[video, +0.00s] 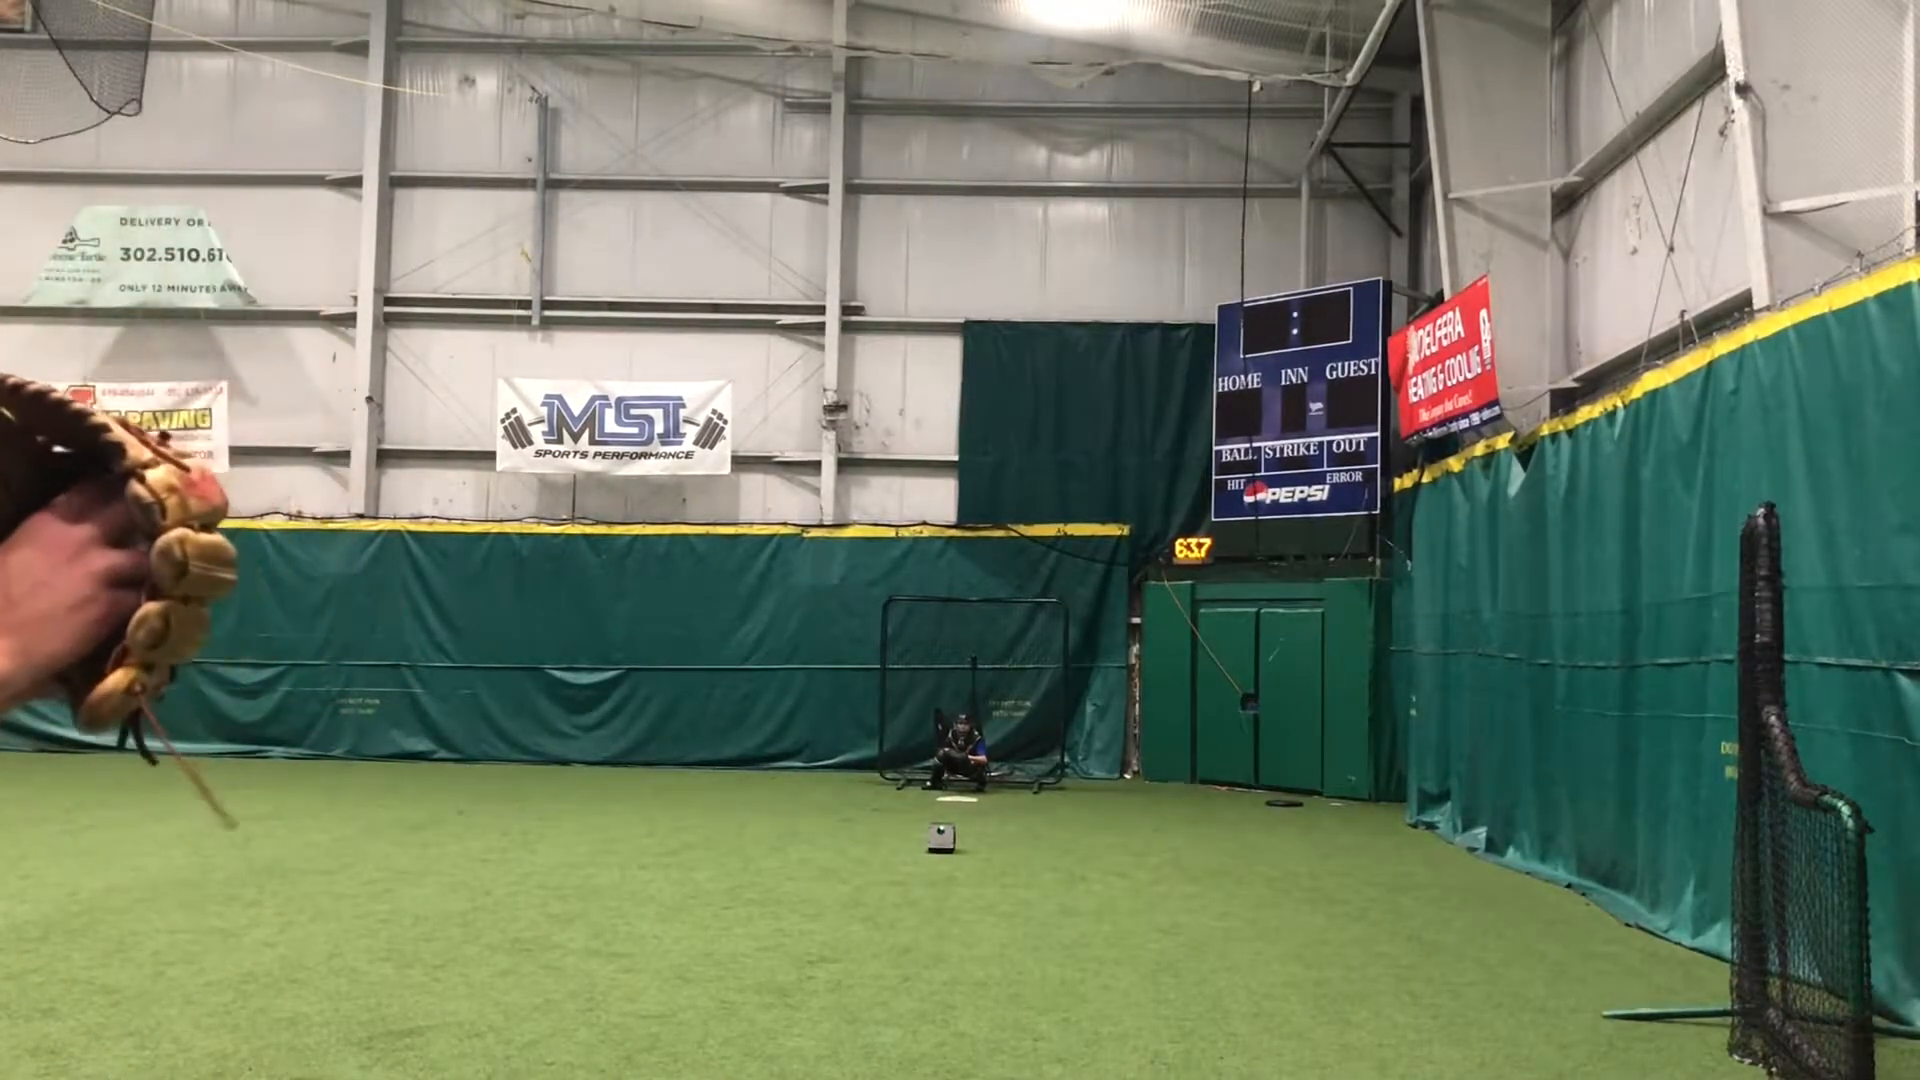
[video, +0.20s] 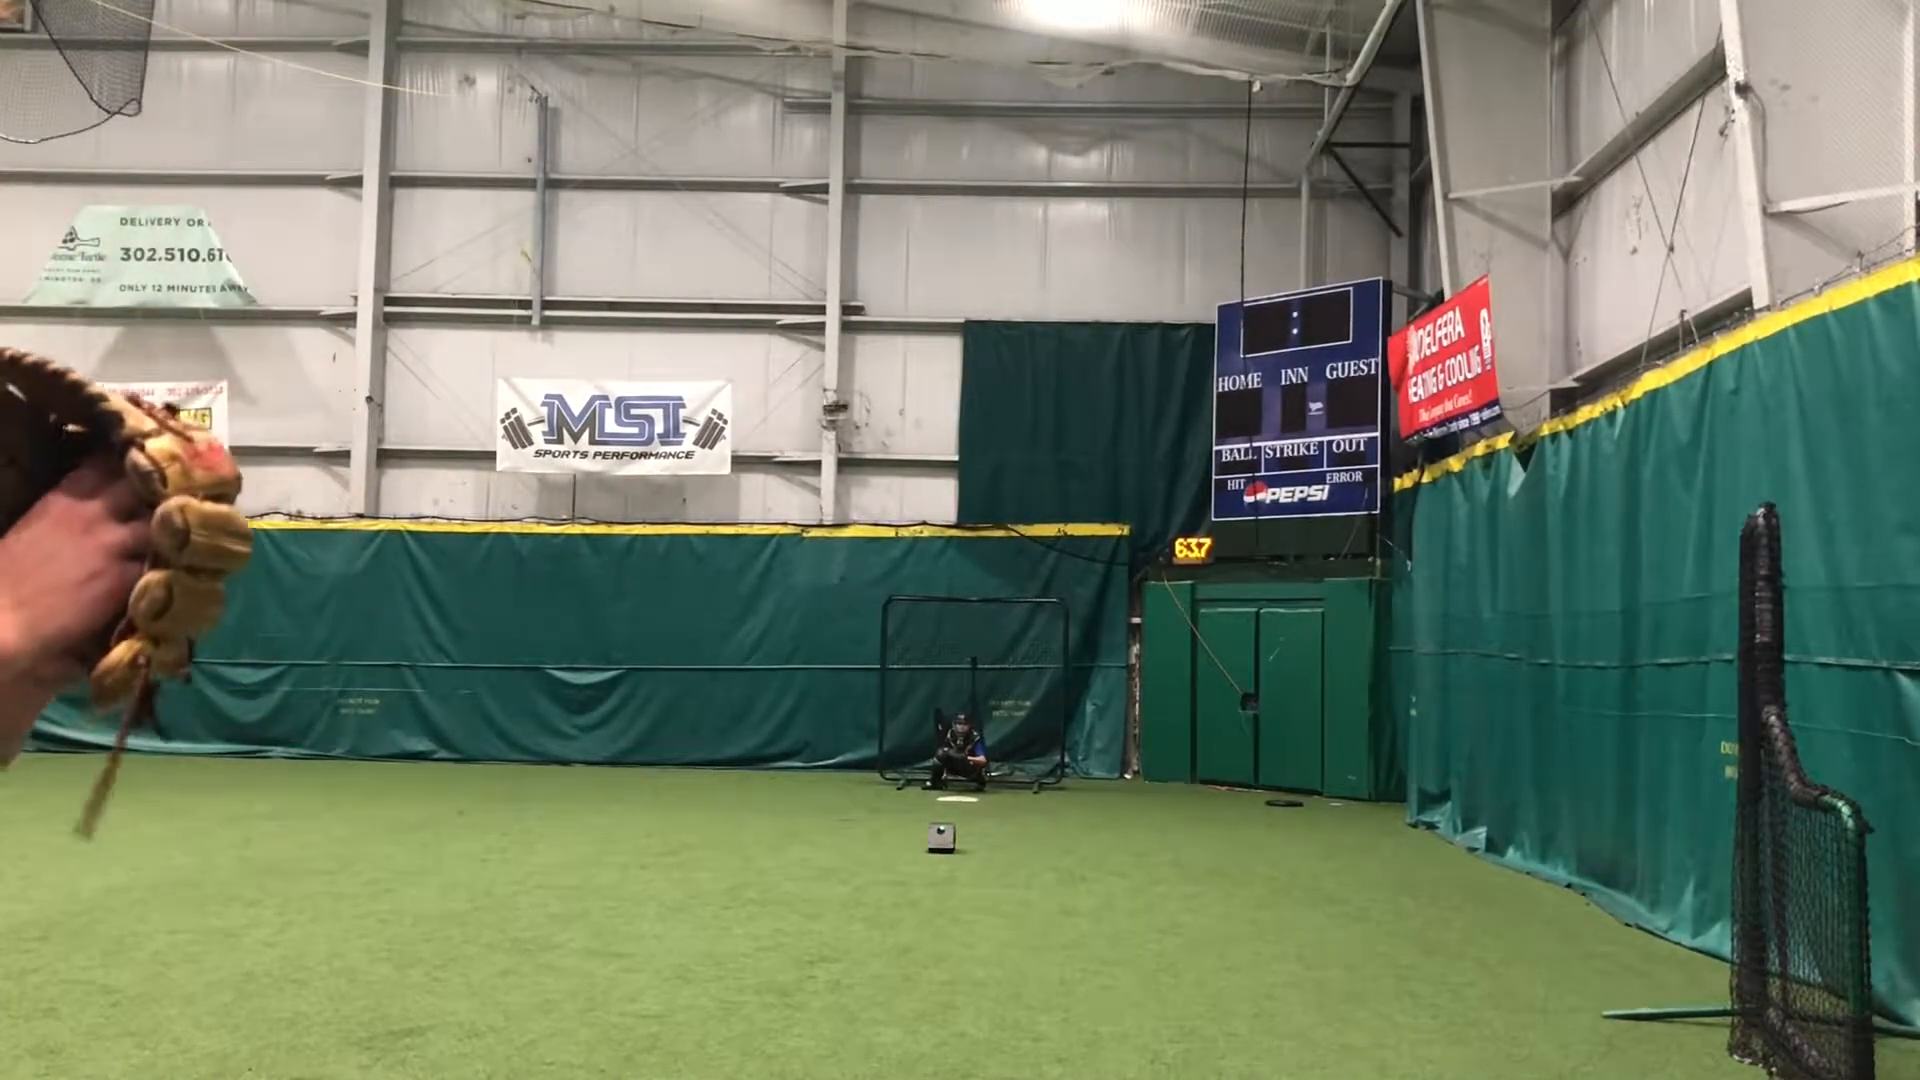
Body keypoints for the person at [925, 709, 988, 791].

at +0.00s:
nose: (962, 727)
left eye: (965, 724)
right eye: (960, 724)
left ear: (970, 726)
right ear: (955, 725)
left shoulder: (976, 739)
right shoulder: (950, 735)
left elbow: (983, 759)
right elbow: (944, 749)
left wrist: (967, 757)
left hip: (969, 764)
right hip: (953, 763)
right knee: (941, 756)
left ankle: (981, 784)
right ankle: (936, 782)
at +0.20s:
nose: (961, 727)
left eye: (964, 724)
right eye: (958, 724)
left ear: (968, 726)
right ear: (954, 726)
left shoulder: (975, 738)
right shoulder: (949, 735)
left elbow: (983, 760)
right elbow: (943, 749)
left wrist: (967, 758)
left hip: (969, 765)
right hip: (952, 764)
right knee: (941, 755)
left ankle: (981, 783)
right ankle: (935, 782)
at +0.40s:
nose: (960, 728)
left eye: (963, 724)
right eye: (957, 724)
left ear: (968, 726)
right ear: (952, 726)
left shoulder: (974, 738)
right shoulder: (946, 735)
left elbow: (981, 760)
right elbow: (940, 752)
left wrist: (966, 759)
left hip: (967, 765)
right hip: (950, 764)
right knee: (939, 758)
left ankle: (982, 783)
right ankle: (935, 782)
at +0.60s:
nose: (958, 727)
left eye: (961, 724)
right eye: (956, 724)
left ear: (966, 726)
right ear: (951, 725)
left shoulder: (973, 738)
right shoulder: (946, 735)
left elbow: (980, 760)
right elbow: (939, 751)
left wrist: (964, 759)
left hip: (966, 766)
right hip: (949, 764)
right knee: (937, 760)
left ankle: (981, 783)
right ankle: (935, 782)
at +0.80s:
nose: (956, 726)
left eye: (959, 723)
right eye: (954, 722)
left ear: (964, 725)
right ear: (949, 724)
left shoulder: (971, 738)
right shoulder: (944, 734)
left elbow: (978, 758)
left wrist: (961, 756)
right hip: (948, 760)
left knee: (961, 768)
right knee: (936, 755)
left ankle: (980, 782)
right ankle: (935, 782)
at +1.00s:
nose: (954, 726)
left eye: (958, 723)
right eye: (952, 722)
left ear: (963, 725)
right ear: (947, 724)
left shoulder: (970, 738)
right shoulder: (942, 735)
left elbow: (976, 758)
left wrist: (960, 756)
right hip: (946, 760)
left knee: (960, 768)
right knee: (935, 753)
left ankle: (980, 782)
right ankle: (935, 782)